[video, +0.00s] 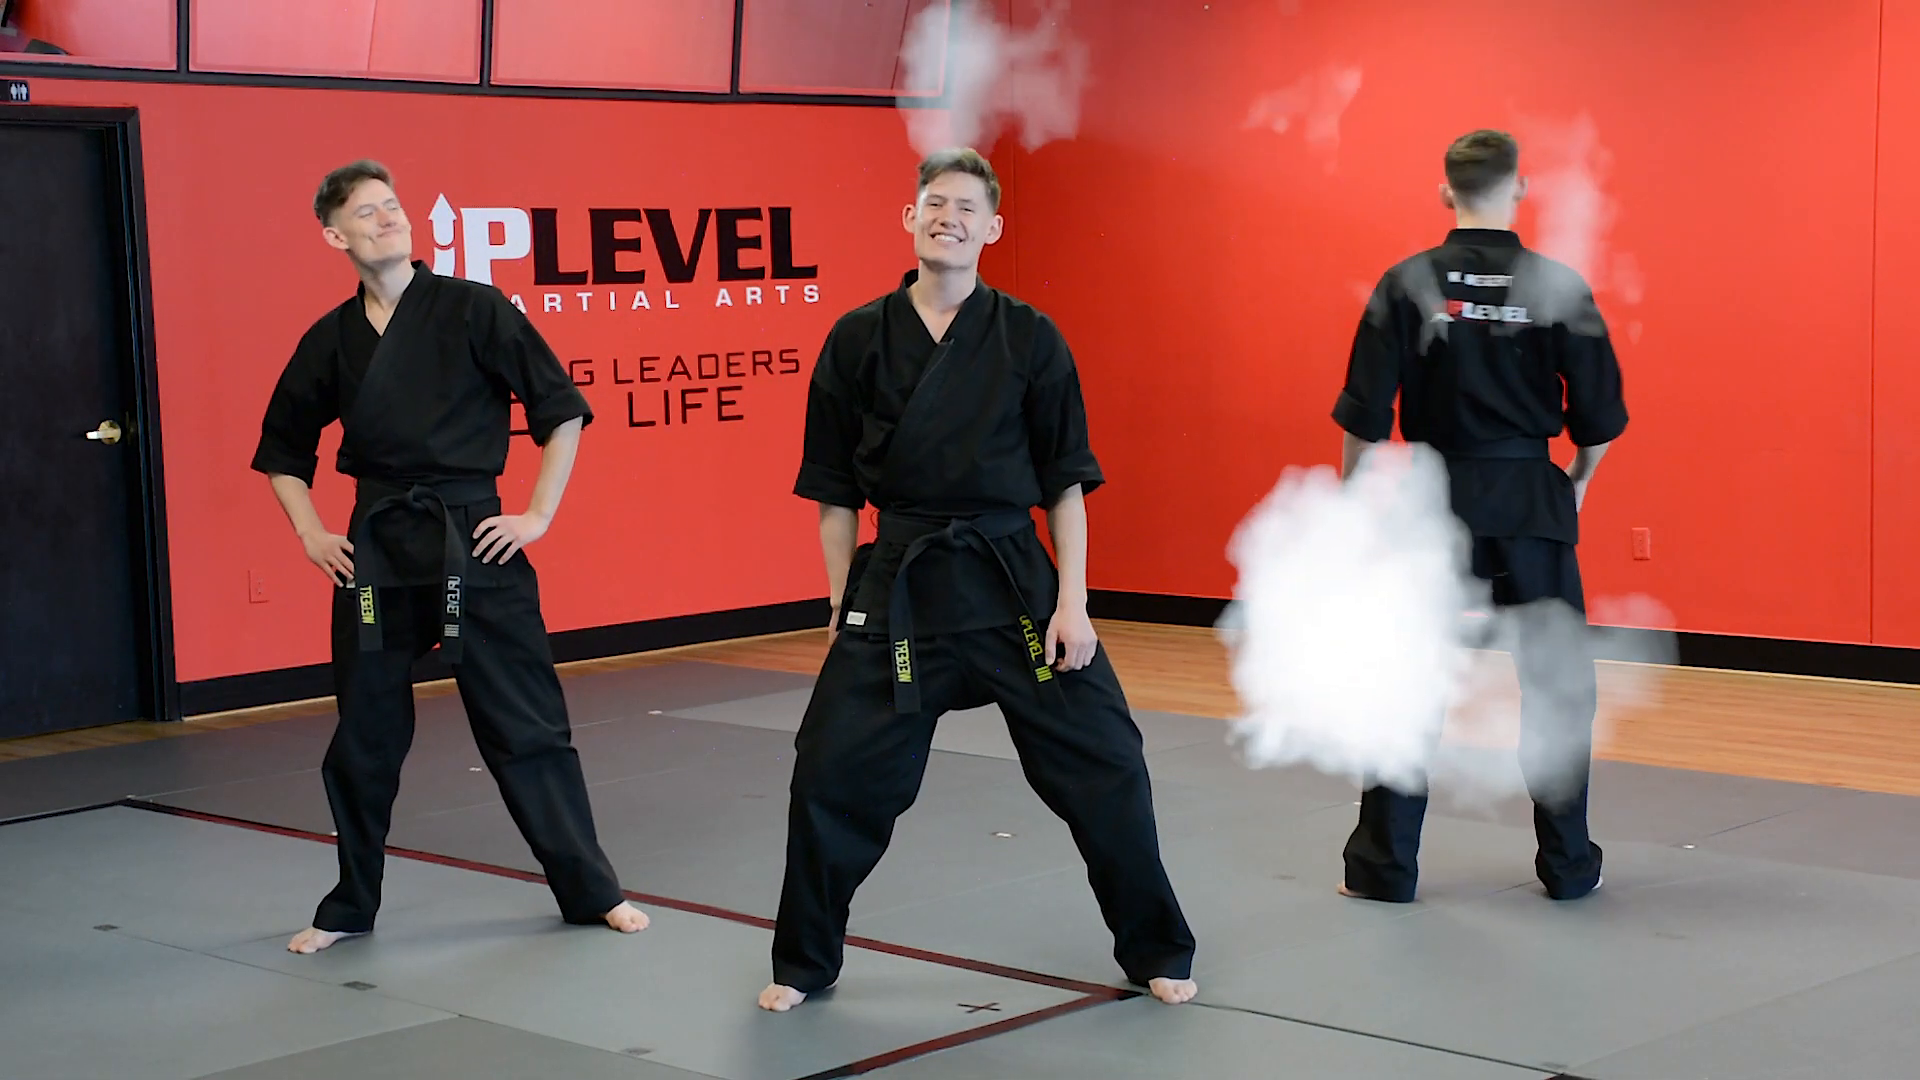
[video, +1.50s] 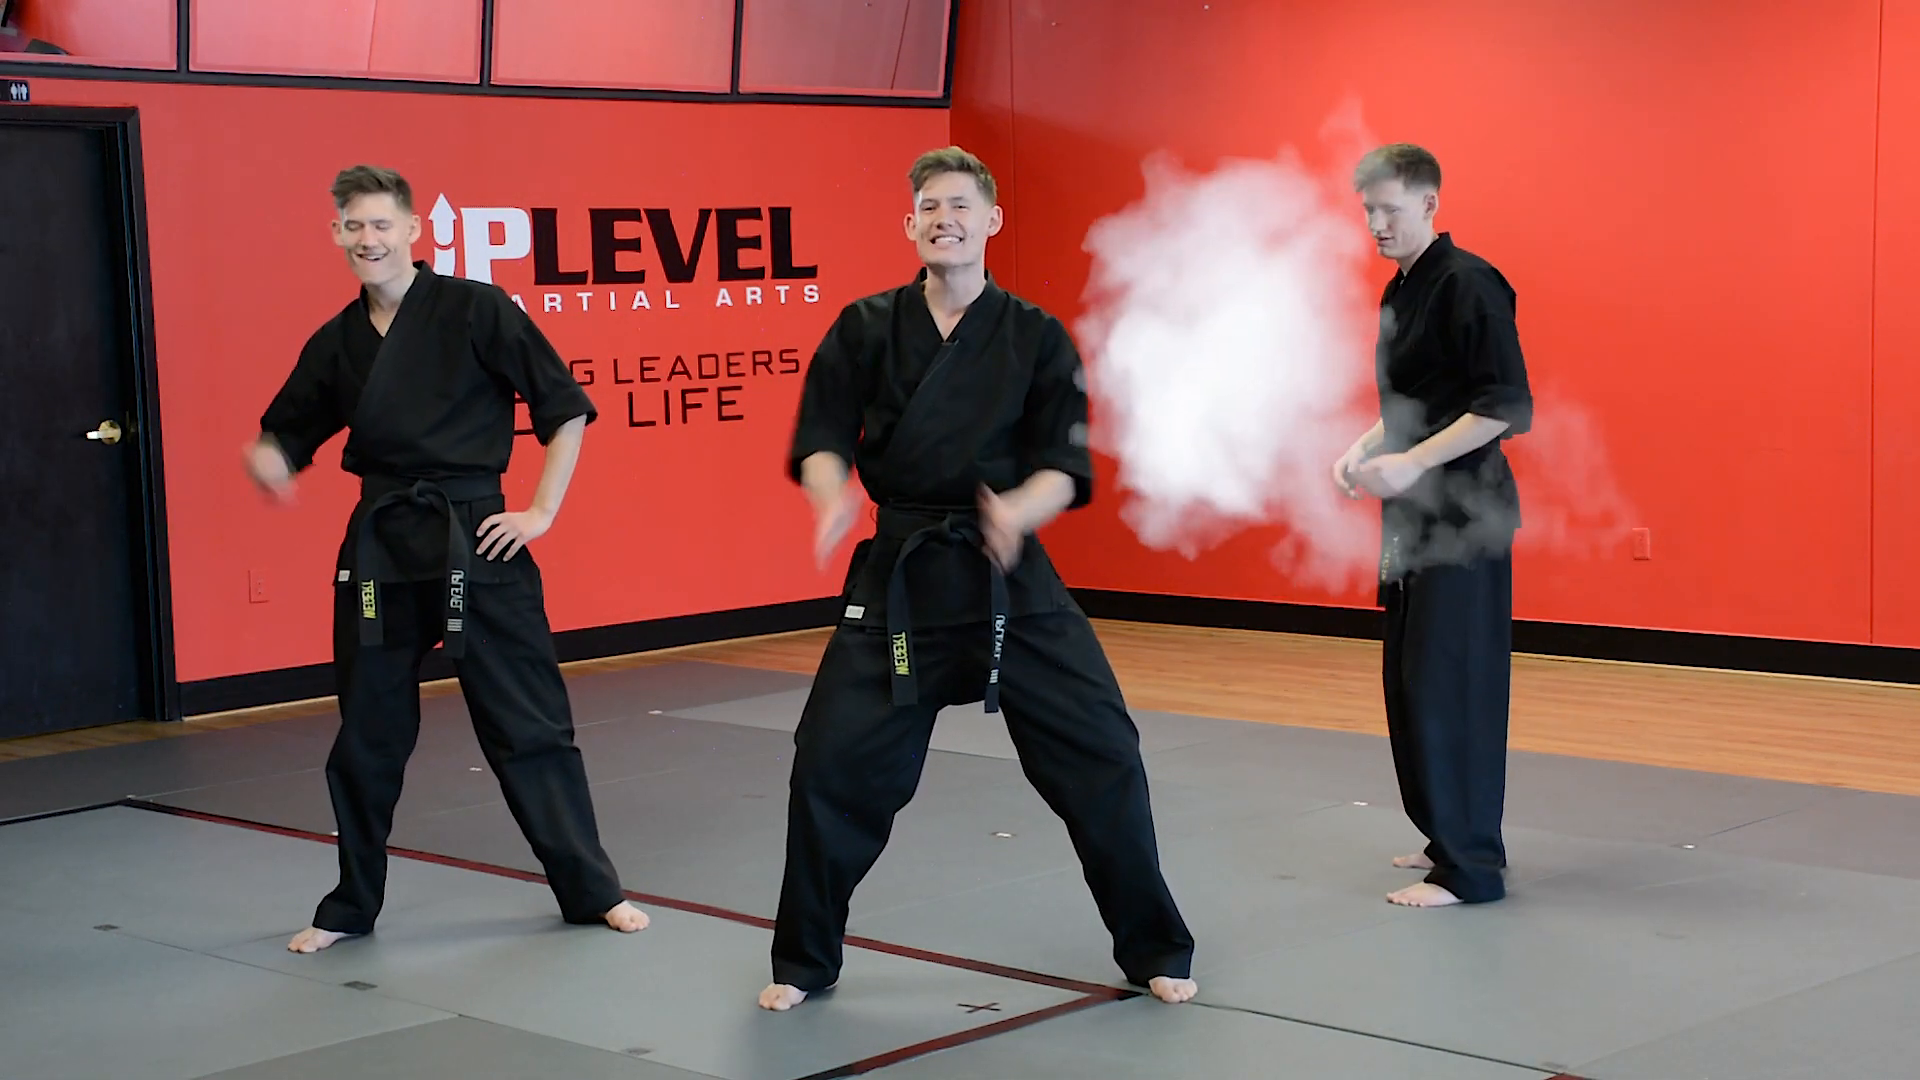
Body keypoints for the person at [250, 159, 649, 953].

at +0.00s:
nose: (387, 217)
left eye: (392, 204)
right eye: (366, 212)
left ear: (410, 218)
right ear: (337, 239)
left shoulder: (476, 309)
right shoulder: (331, 340)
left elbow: (564, 409)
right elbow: (281, 447)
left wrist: (538, 516)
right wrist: (311, 533)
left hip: (476, 538)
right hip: (378, 546)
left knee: (529, 725)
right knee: (362, 740)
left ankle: (592, 892)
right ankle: (352, 904)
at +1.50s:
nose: (366, 238)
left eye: (380, 223)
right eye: (352, 226)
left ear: (413, 229)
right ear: (338, 239)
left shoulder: (479, 310)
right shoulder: (336, 344)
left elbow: (567, 409)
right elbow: (283, 438)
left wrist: (541, 511)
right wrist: (269, 461)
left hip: (478, 539)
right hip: (379, 544)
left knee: (530, 724)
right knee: (366, 737)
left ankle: (592, 891)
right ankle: (352, 905)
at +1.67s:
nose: (370, 244)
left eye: (384, 230)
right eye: (361, 231)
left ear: (427, 231)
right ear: (354, 235)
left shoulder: (489, 313)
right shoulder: (339, 338)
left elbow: (577, 414)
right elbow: (257, 430)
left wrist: (543, 515)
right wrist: (231, 357)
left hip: (482, 537)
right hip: (382, 542)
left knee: (532, 724)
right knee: (368, 737)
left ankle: (592, 892)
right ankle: (351, 908)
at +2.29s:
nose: (427, 234)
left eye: (443, 222)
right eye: (417, 221)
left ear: (479, 228)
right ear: (405, 226)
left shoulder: (520, 320)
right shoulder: (367, 314)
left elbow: (607, 425)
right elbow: (250, 360)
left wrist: (549, 505)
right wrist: (308, 335)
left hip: (499, 538)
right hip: (399, 540)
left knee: (541, 725)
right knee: (379, 735)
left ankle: (593, 891)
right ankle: (353, 905)